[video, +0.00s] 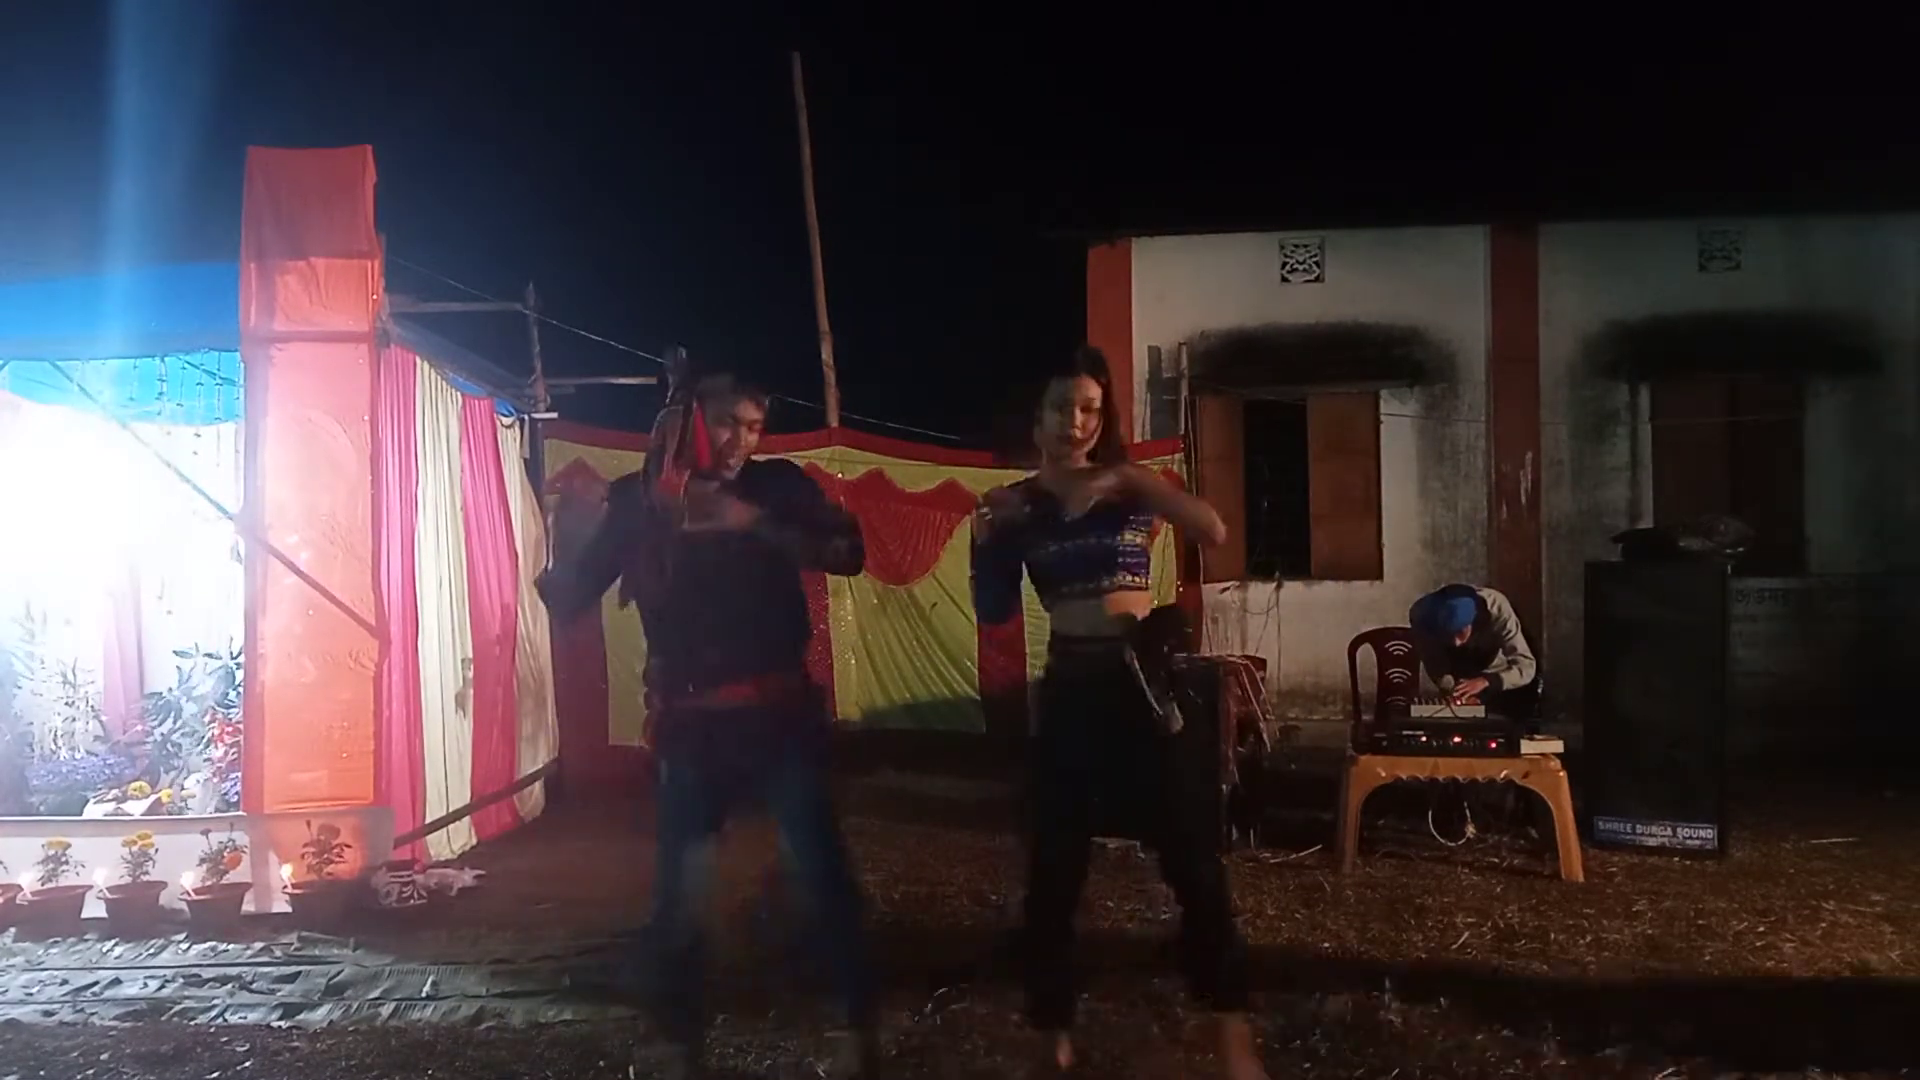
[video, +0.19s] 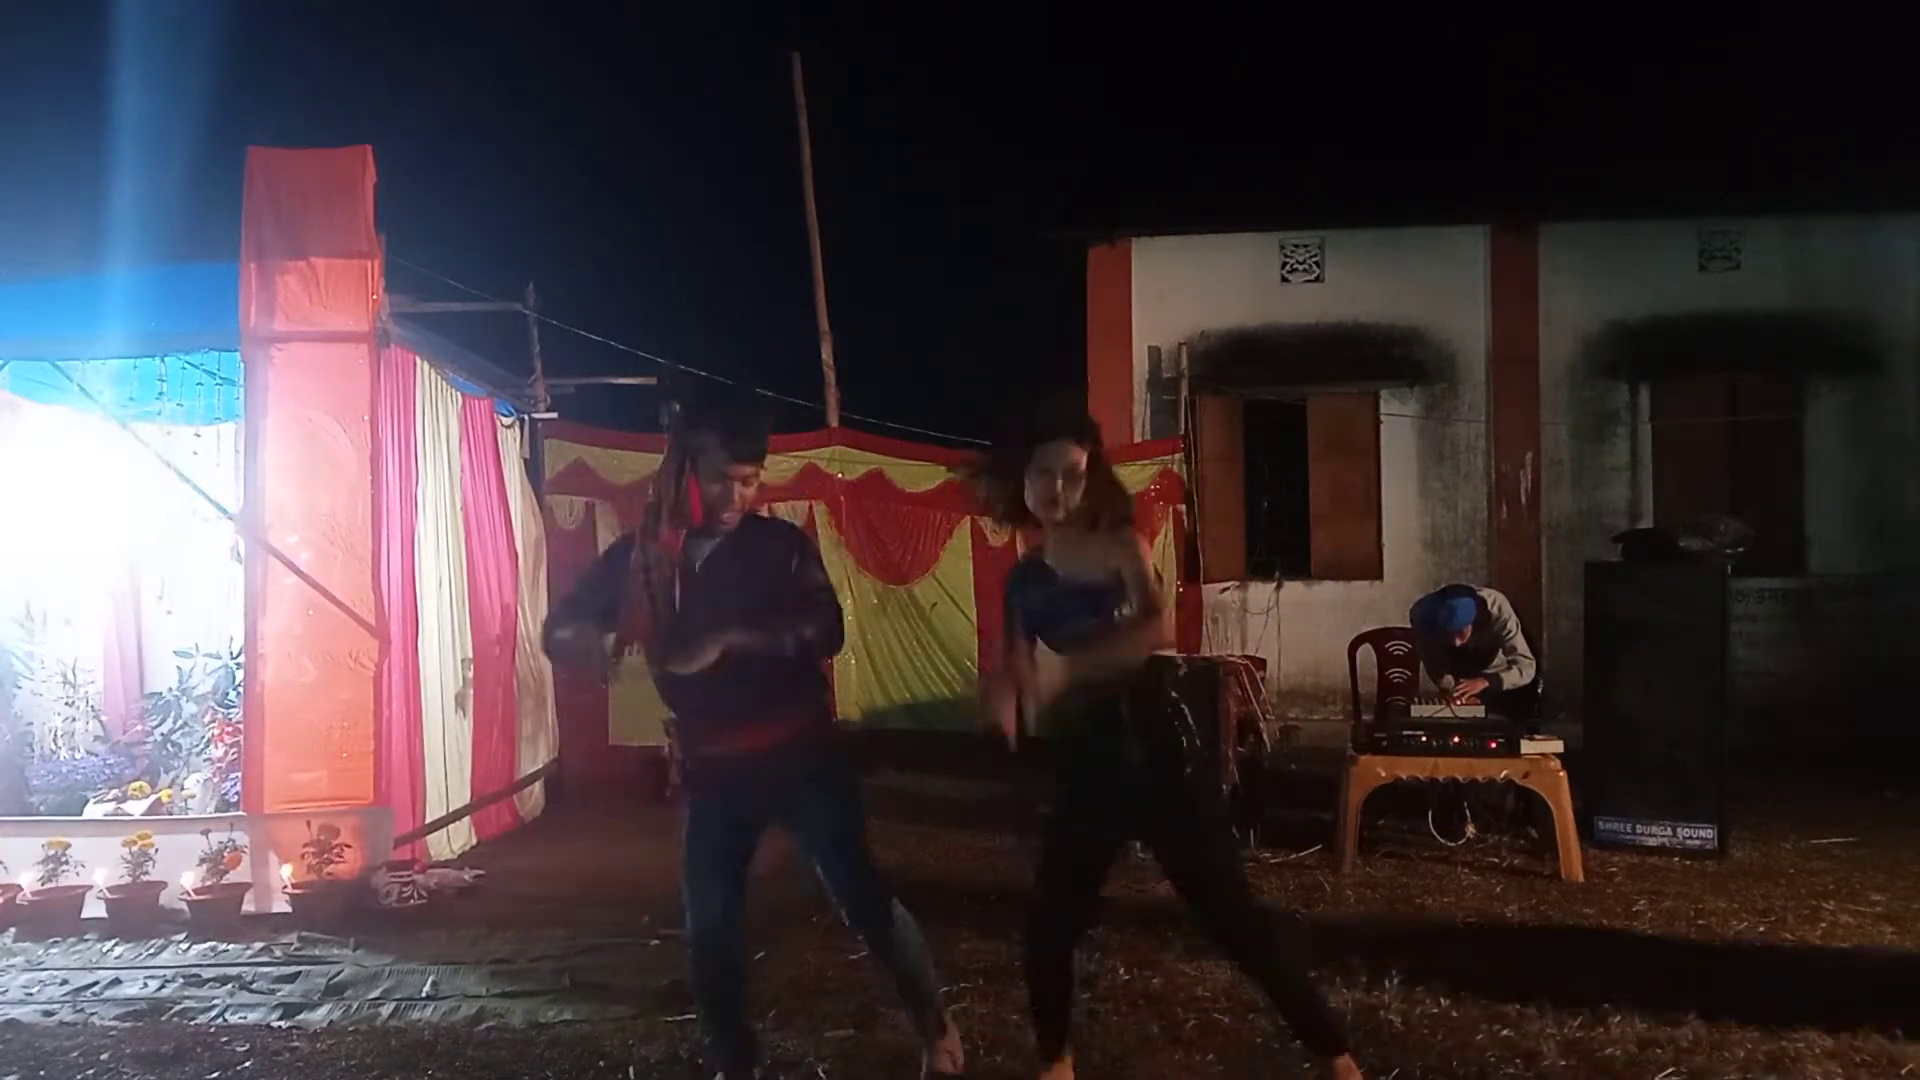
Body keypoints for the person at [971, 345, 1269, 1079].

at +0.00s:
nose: (1078, 422)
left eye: (1091, 410)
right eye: (1064, 409)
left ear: (1103, 420)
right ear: (1037, 417)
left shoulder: (1130, 484)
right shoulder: (1018, 505)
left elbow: (1214, 531)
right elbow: (993, 611)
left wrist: (1140, 482)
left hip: (1153, 679)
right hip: (1073, 683)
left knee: (1191, 854)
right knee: (1055, 861)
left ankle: (1235, 1035)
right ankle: (1055, 1041)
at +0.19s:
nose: (1059, 490)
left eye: (1074, 475)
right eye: (1046, 473)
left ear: (1091, 482)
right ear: (1021, 479)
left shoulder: (1123, 545)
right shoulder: (1025, 577)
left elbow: (1157, 626)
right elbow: (1015, 671)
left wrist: (1067, 670)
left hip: (1154, 736)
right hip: (1081, 743)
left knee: (1226, 912)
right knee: (1051, 914)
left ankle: (1337, 1057)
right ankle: (1055, 1059)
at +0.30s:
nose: (1056, 488)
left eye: (1070, 472)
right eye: (1044, 472)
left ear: (1093, 472)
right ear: (1026, 476)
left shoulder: (1125, 540)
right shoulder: (1035, 574)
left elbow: (1160, 636)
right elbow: (1032, 672)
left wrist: (1065, 654)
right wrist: (1013, 683)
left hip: (1168, 746)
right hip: (1096, 750)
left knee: (1229, 906)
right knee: (1062, 907)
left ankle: (1334, 1054)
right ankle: (1055, 1058)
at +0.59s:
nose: (1076, 472)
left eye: (1091, 462)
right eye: (1064, 458)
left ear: (1111, 477)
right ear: (1042, 466)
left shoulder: (1128, 546)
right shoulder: (1034, 560)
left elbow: (1180, 648)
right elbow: (1025, 668)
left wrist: (1085, 668)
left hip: (1163, 744)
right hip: (1093, 748)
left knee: (1228, 914)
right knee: (1050, 923)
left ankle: (1328, 1058)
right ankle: (1054, 1058)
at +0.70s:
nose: (1090, 473)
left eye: (1105, 462)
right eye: (1078, 459)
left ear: (1124, 477)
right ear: (1056, 468)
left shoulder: (1146, 557)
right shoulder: (1033, 560)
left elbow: (1214, 661)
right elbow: (1014, 654)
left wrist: (1166, 722)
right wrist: (1019, 682)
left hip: (1151, 746)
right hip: (1079, 749)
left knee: (1213, 915)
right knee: (1049, 918)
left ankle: (1313, 1057)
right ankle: (1051, 1058)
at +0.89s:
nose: (1104, 407)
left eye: (1116, 392)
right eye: (1089, 396)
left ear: (1141, 404)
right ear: (1071, 412)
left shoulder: (1186, 488)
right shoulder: (1067, 488)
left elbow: (1227, 582)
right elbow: (1007, 550)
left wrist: (1203, 664)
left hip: (1167, 678)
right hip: (1089, 677)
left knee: (1202, 858)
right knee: (1055, 857)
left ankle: (1247, 1040)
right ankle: (1026, 1034)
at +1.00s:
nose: (1110, 421)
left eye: (1121, 408)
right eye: (1095, 412)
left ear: (1146, 418)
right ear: (1078, 429)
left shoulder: (1196, 498)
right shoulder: (1081, 508)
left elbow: (1232, 592)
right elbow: (1019, 559)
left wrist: (1222, 677)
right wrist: (1078, 504)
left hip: (1178, 690)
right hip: (1101, 687)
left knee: (1202, 878)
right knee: (1051, 868)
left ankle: (1228, 1045)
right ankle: (1000, 1034)